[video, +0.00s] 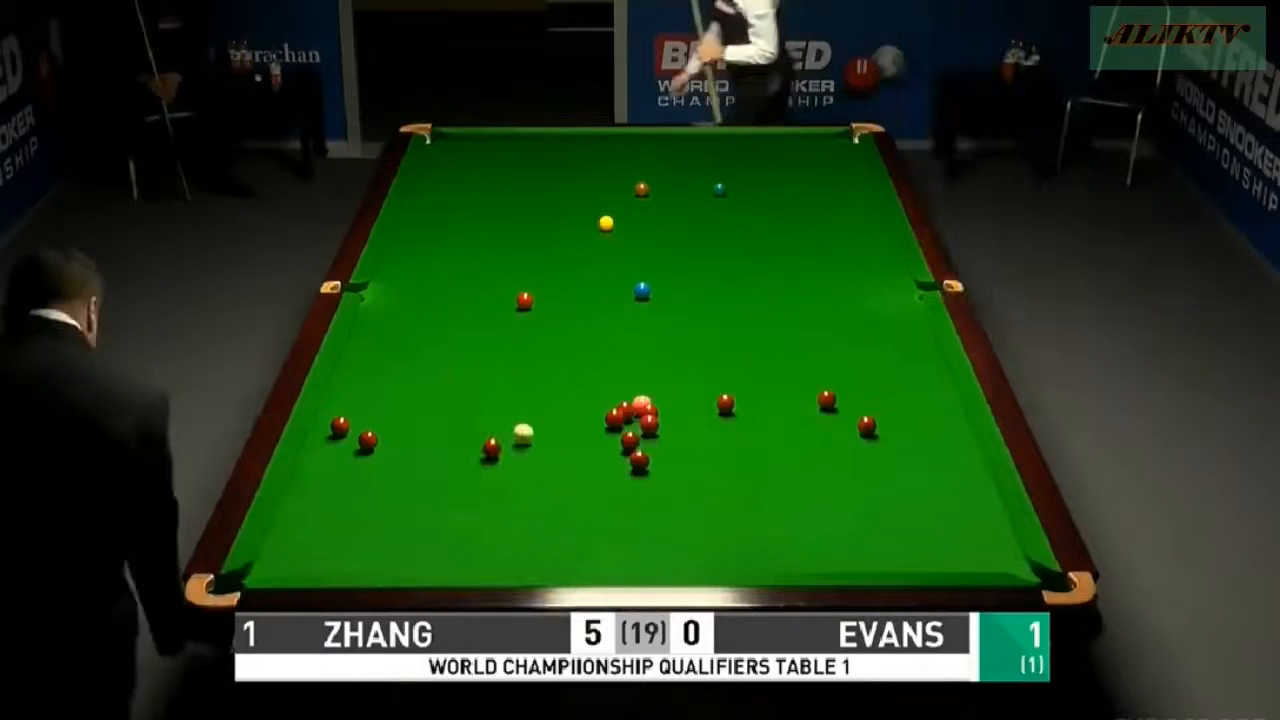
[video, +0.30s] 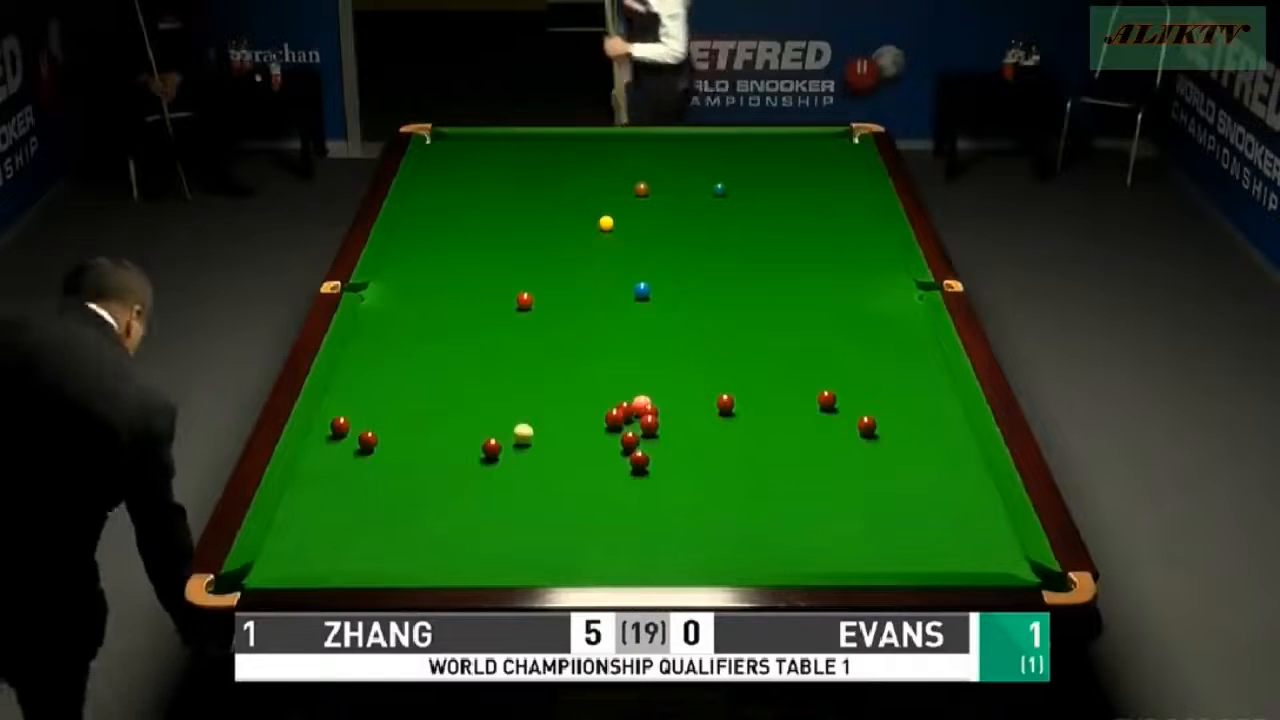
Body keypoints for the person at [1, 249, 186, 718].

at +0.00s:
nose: (99, 324)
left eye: (97, 310)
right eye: (98, 309)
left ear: (14, 308)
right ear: (88, 312)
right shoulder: (125, 399)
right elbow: (150, 533)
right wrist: (171, 631)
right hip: (84, 623)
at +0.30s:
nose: (139, 342)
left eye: (142, 331)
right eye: (142, 329)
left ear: (72, 301)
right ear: (130, 321)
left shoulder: (5, 338)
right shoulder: (134, 402)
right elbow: (160, 532)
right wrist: (198, 625)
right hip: (50, 606)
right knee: (55, 716)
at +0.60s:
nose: (182, 345)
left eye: (187, 336)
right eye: (187, 334)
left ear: (122, 289)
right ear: (175, 324)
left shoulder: (33, 310)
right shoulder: (163, 396)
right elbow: (188, 520)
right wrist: (218, 590)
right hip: (47, 572)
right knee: (65, 710)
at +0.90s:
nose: (218, 297)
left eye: (221, 285)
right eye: (216, 285)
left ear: (136, 253)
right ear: (184, 283)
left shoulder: (34, 275)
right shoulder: (165, 368)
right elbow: (167, 510)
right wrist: (186, 596)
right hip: (62, 565)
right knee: (74, 708)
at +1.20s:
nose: (246, 257)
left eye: (247, 245)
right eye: (240, 246)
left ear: (177, 231)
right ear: (201, 242)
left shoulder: (94, 277)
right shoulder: (162, 316)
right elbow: (158, 442)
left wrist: (197, 444)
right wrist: (207, 485)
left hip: (69, 517)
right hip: (121, 536)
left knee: (102, 669)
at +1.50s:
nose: (314, 242)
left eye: (315, 230)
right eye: (306, 231)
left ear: (252, 220)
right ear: (268, 229)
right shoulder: (210, 284)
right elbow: (271, 363)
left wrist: (236, 436)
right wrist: (379, 402)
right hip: (144, 507)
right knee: (176, 655)